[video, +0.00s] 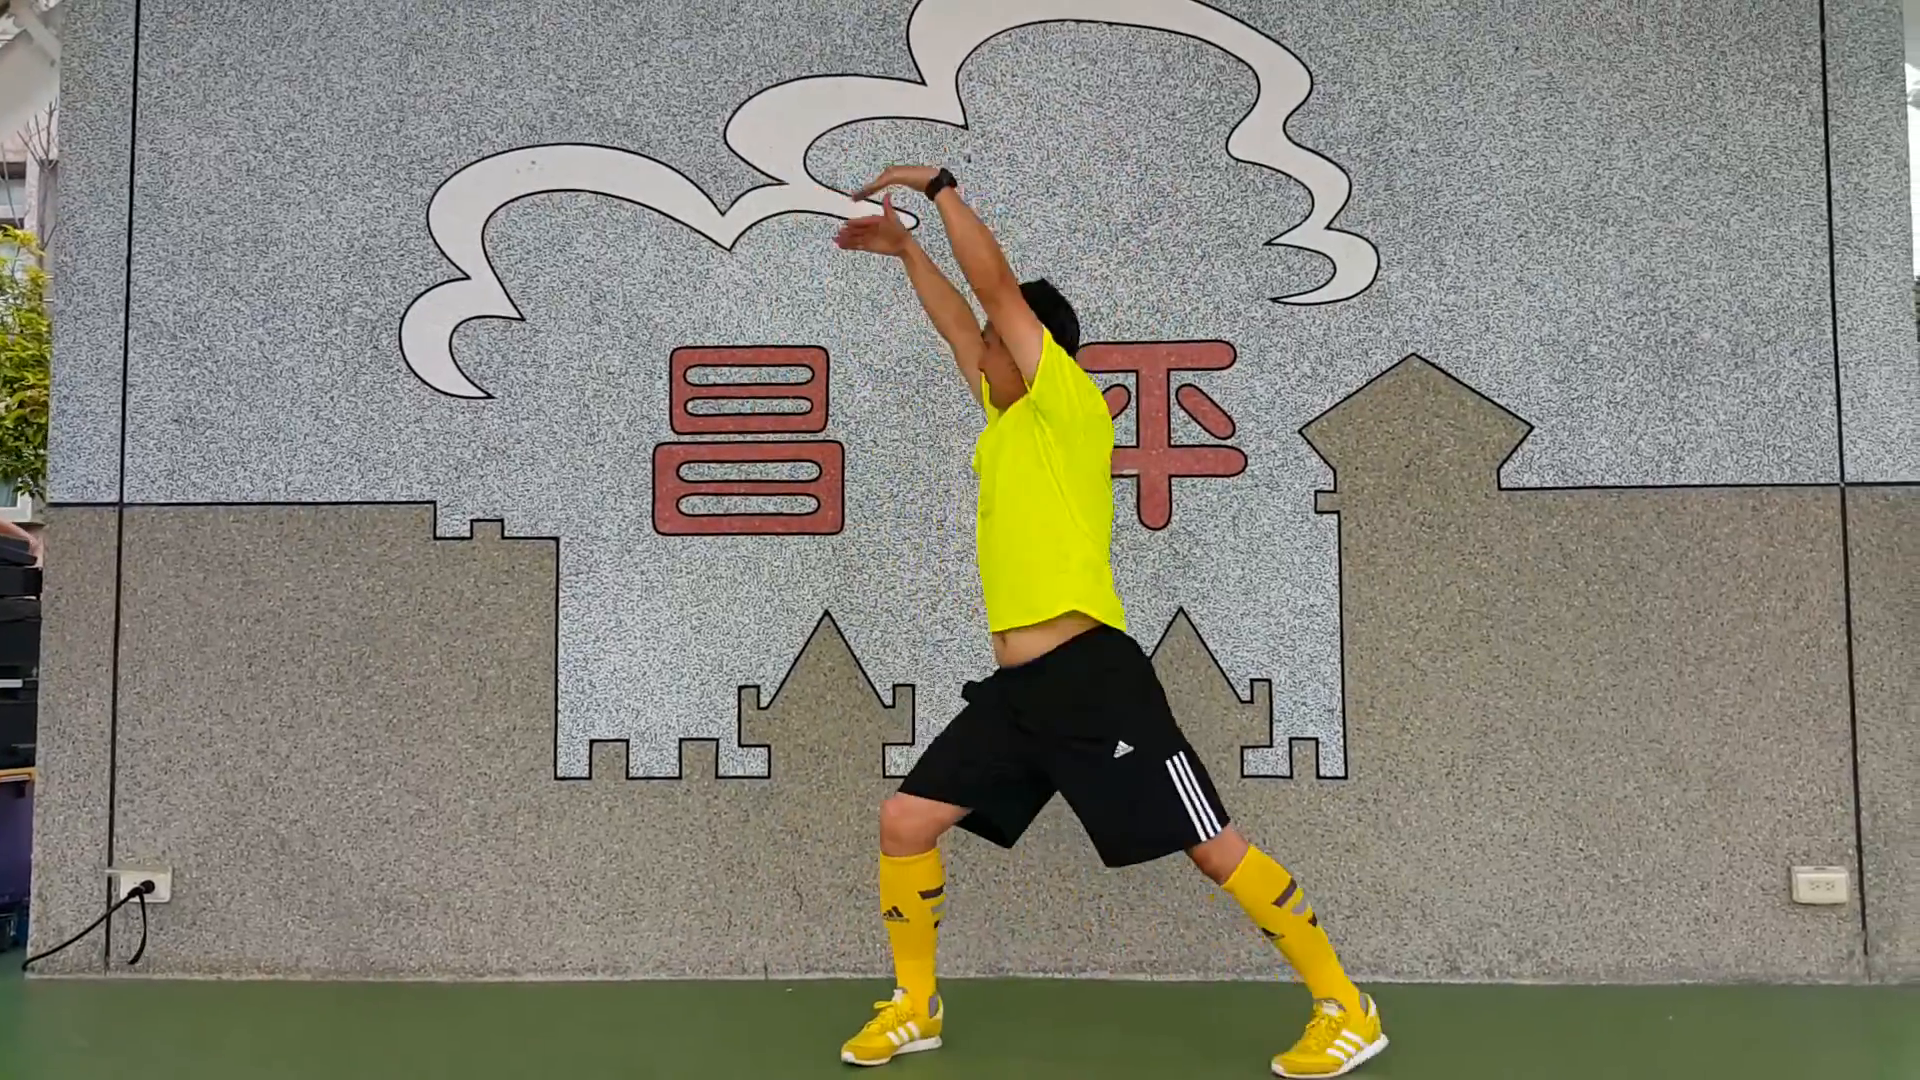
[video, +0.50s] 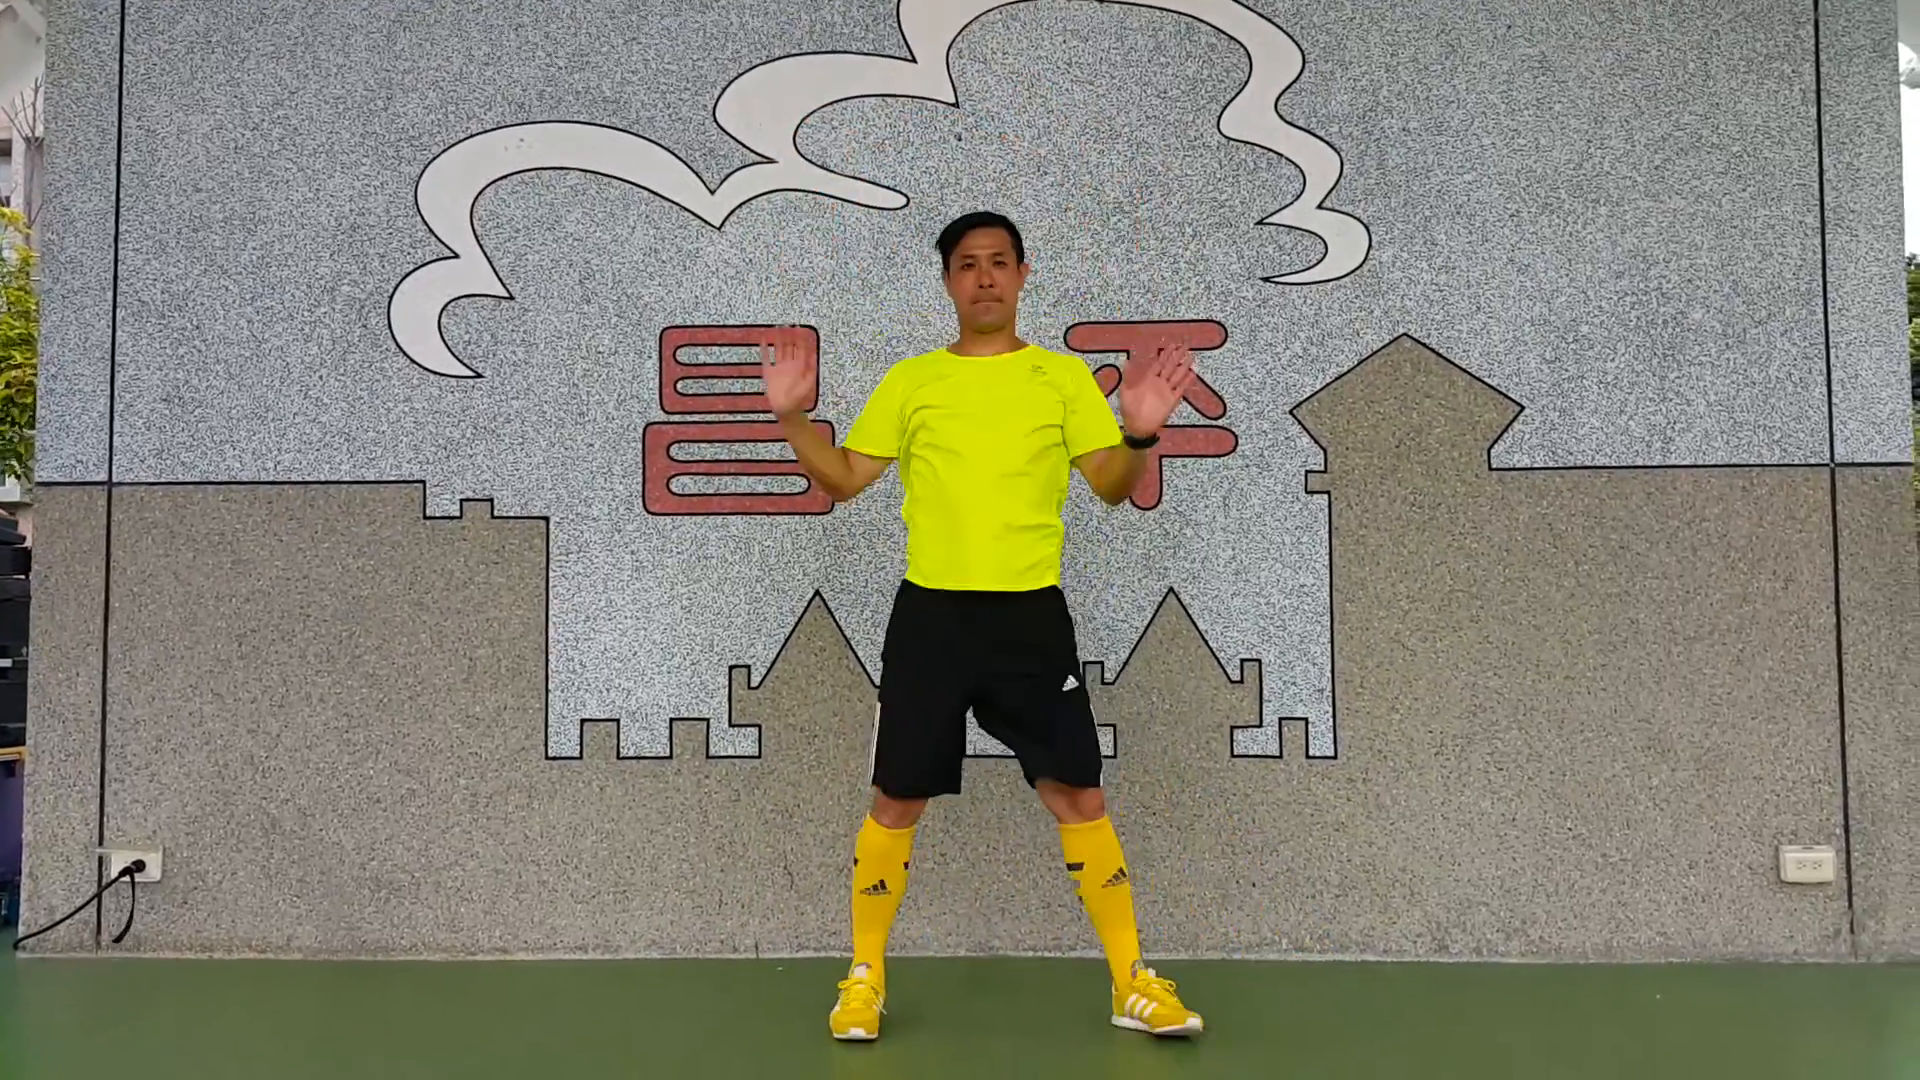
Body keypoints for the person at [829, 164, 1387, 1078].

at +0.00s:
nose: (985, 354)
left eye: (1001, 335)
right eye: (985, 340)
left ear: (1045, 339)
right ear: (1002, 355)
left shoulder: (1074, 406)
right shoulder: (1008, 420)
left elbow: (1000, 294)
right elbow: (959, 330)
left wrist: (938, 189)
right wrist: (902, 247)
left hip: (1097, 675)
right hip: (1015, 689)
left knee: (1216, 848)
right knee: (907, 821)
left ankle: (1347, 1008)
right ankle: (913, 1006)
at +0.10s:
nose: (986, 346)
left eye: (1002, 331)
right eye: (988, 333)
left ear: (1047, 343)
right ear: (997, 352)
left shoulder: (1081, 407)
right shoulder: (999, 416)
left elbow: (1012, 289)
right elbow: (949, 328)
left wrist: (946, 190)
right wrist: (895, 241)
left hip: (1087, 667)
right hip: (1000, 680)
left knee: (1200, 836)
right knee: (896, 825)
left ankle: (1334, 996)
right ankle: (910, 1005)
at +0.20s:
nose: (978, 310)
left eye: (994, 297)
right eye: (976, 298)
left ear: (1041, 305)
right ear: (977, 311)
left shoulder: (1072, 373)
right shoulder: (961, 378)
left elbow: (1064, 263)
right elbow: (890, 300)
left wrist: (997, 162)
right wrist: (856, 197)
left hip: (1059, 635)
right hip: (966, 644)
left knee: (1158, 811)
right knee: (896, 817)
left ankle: (1275, 970)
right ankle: (909, 999)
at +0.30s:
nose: (985, 276)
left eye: (1002, 263)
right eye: (973, 265)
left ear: (1039, 278)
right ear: (959, 282)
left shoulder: (1069, 352)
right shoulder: (928, 352)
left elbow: (1126, 293)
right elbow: (830, 310)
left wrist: (1068, 184)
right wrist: (818, 201)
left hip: (1049, 607)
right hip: (946, 614)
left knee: (1125, 788)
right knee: (910, 806)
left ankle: (1192, 968)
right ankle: (897, 991)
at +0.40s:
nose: (986, 263)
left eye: (1002, 251)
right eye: (970, 252)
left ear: (1027, 271)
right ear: (952, 272)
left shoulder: (1059, 348)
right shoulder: (918, 352)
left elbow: (1143, 385)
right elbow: (804, 382)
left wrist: (1126, 290)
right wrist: (793, 282)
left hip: (1042, 598)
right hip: (940, 600)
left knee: (1095, 788)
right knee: (902, 794)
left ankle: (1138, 980)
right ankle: (863, 976)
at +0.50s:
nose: (985, 276)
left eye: (999, 262)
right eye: (968, 265)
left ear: (1023, 279)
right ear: (947, 285)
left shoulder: (1063, 375)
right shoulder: (913, 379)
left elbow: (1117, 485)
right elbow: (842, 477)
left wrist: (1140, 437)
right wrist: (794, 418)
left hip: (1032, 611)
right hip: (930, 612)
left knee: (1079, 792)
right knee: (897, 794)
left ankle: (1132, 979)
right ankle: (864, 975)